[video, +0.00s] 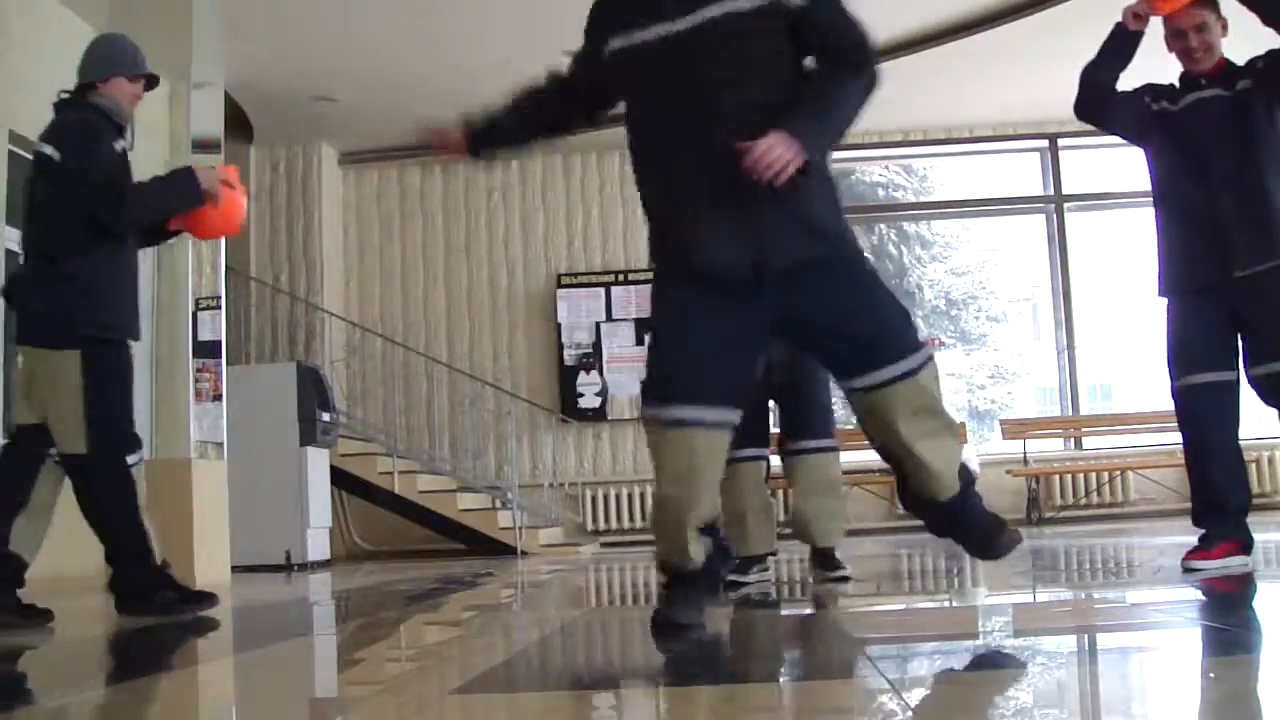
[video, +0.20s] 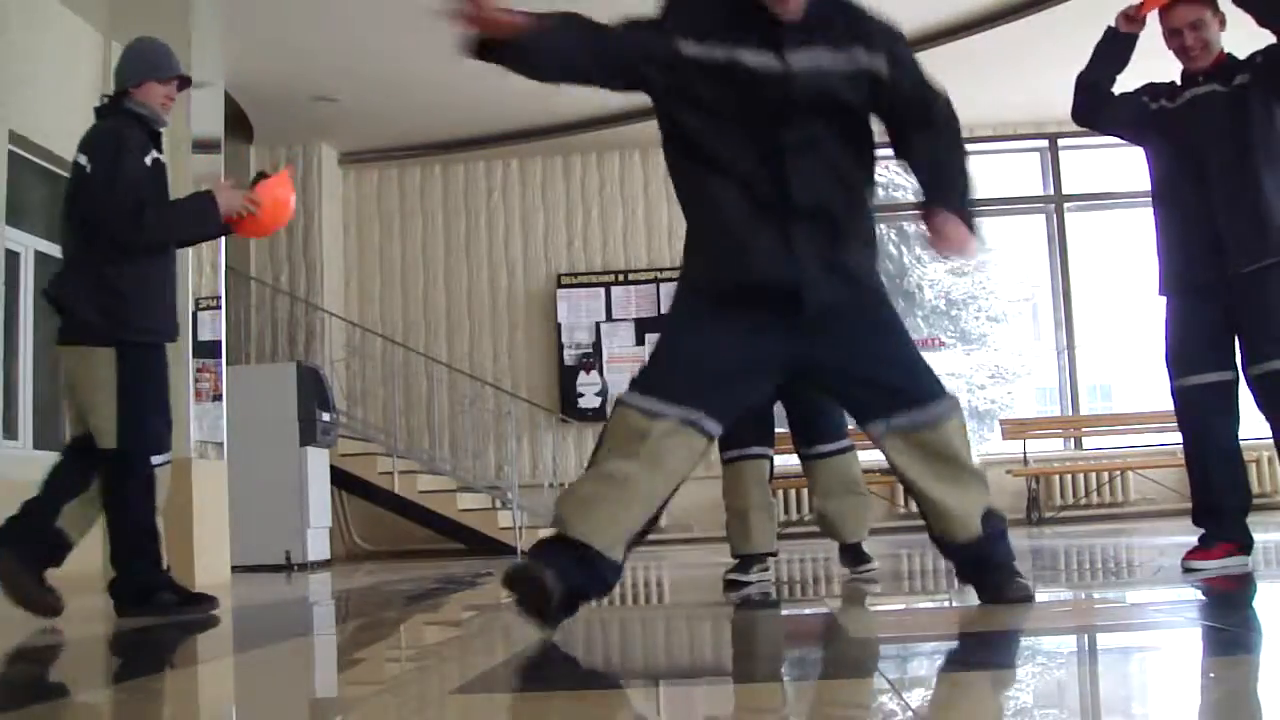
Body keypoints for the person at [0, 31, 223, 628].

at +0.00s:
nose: (142, 94)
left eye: (143, 84)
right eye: (136, 83)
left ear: (99, 84)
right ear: (107, 81)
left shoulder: (69, 131)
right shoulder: (90, 131)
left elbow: (114, 232)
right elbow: (116, 212)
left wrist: (181, 217)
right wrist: (191, 181)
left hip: (46, 326)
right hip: (81, 328)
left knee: (28, 454)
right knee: (99, 457)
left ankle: (3, 585)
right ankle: (141, 584)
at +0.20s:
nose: (175, 96)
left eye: (177, 87)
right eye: (167, 84)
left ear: (153, 88)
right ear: (136, 84)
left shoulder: (128, 139)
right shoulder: (120, 138)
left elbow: (149, 228)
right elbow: (132, 228)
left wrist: (223, 213)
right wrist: (211, 205)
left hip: (110, 327)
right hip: (115, 329)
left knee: (104, 446)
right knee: (129, 454)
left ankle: (26, 546)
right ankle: (140, 587)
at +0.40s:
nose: (193, 108)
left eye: (197, 99)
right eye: (185, 97)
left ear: (186, 103)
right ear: (158, 96)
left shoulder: (163, 152)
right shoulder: (131, 145)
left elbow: (187, 234)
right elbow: (152, 218)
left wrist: (253, 199)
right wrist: (226, 181)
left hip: (157, 322)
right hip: (135, 321)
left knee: (157, 444)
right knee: (143, 450)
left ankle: (107, 557)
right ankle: (140, 582)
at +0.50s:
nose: (205, 122)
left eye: (208, 115)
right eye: (200, 111)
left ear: (190, 114)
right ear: (175, 105)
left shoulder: (178, 159)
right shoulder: (139, 145)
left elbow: (226, 224)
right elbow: (175, 186)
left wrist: (268, 174)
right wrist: (228, 147)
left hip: (175, 321)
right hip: (148, 319)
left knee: (185, 450)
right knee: (149, 453)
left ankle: (172, 577)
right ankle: (137, 585)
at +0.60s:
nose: (214, 137)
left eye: (217, 129)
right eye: (210, 126)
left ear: (195, 124)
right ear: (186, 118)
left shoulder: (202, 183)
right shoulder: (137, 150)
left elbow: (257, 211)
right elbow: (164, 181)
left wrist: (271, 148)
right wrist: (210, 124)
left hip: (193, 329)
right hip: (156, 325)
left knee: (205, 453)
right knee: (163, 455)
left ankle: (203, 573)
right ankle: (142, 582)